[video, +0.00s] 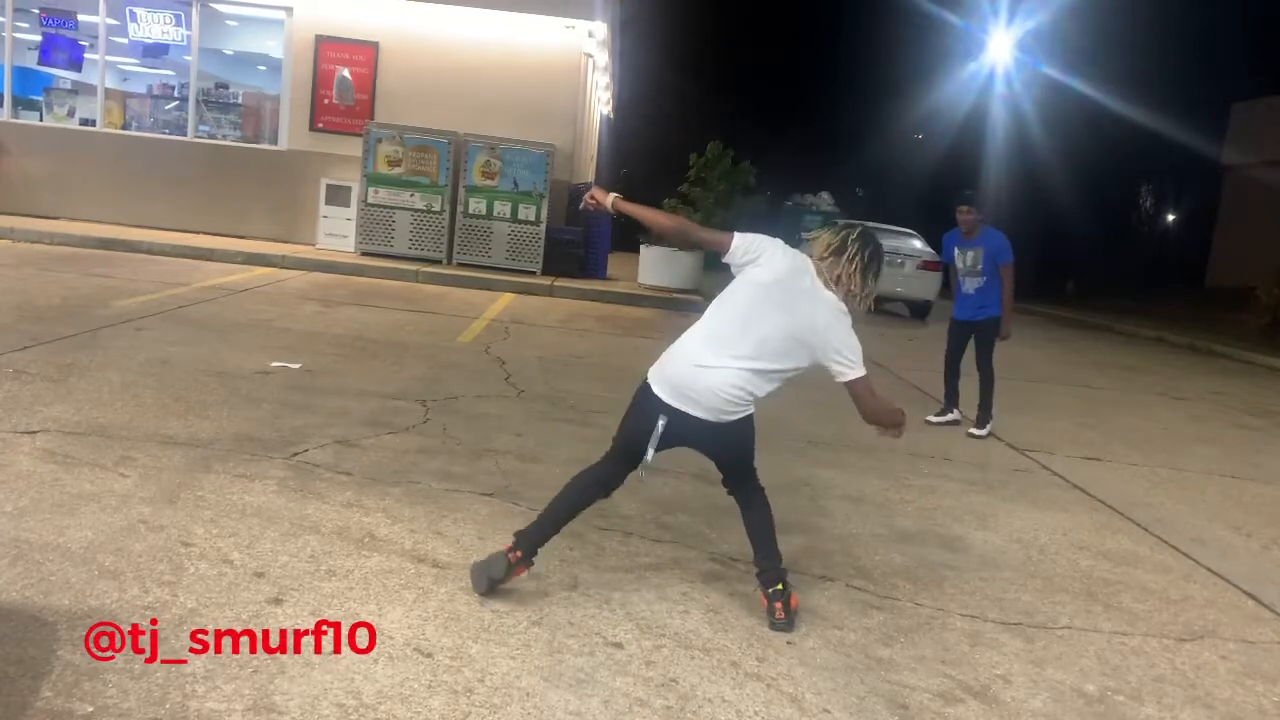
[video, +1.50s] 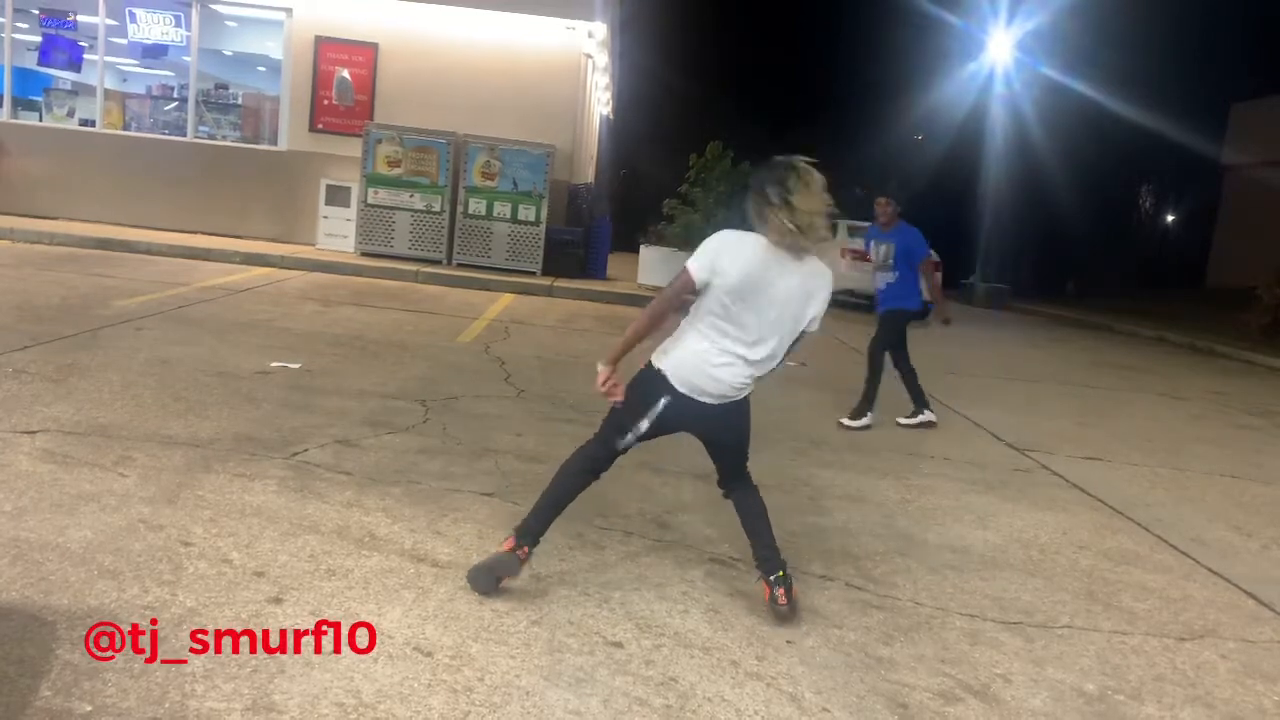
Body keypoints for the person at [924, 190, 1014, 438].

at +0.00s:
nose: (963, 218)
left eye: (968, 213)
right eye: (959, 213)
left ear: (980, 215)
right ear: (955, 215)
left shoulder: (997, 241)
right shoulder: (950, 240)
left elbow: (1008, 281)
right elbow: (953, 276)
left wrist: (1006, 321)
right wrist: (957, 305)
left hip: (988, 315)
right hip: (961, 313)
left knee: (984, 365)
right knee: (951, 360)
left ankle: (983, 419)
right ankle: (951, 408)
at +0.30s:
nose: (960, 217)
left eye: (965, 213)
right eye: (956, 212)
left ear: (976, 215)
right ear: (951, 215)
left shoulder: (993, 240)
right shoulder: (947, 240)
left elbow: (1004, 280)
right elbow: (950, 275)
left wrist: (1004, 321)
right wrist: (955, 304)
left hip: (986, 315)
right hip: (959, 313)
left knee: (983, 366)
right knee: (951, 361)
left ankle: (983, 419)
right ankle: (950, 408)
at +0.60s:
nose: (959, 216)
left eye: (964, 211)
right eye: (955, 211)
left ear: (975, 213)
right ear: (951, 213)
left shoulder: (992, 239)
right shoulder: (946, 239)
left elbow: (1005, 279)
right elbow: (949, 274)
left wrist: (1004, 320)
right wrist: (954, 303)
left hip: (985, 315)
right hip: (958, 313)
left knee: (983, 366)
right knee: (951, 361)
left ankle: (983, 419)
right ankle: (951, 408)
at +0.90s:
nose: (953, 215)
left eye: (958, 210)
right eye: (949, 210)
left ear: (969, 213)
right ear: (945, 212)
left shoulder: (981, 237)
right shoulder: (942, 235)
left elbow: (995, 270)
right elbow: (947, 267)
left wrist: (961, 276)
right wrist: (945, 289)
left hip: (977, 315)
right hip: (950, 310)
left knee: (978, 363)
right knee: (932, 351)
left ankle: (983, 417)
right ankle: (937, 404)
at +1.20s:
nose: (925, 209)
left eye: (930, 204)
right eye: (922, 204)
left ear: (940, 209)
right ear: (917, 207)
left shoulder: (949, 232)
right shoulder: (918, 230)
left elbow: (941, 262)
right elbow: (923, 260)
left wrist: (911, 247)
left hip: (949, 308)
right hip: (926, 306)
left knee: (946, 360)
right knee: (918, 358)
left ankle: (976, 411)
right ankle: (925, 411)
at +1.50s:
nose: (882, 210)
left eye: (887, 206)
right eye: (879, 206)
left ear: (896, 209)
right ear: (874, 209)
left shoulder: (910, 235)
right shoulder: (873, 233)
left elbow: (929, 271)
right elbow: (875, 258)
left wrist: (941, 307)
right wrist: (855, 255)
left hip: (905, 305)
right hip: (886, 304)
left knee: (875, 348)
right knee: (901, 360)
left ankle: (864, 411)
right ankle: (923, 409)